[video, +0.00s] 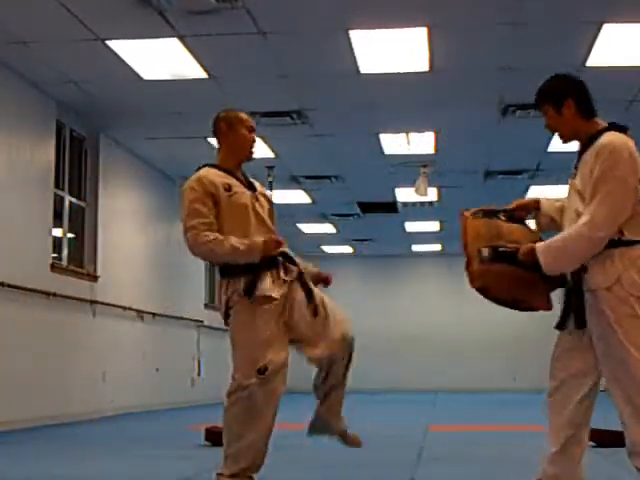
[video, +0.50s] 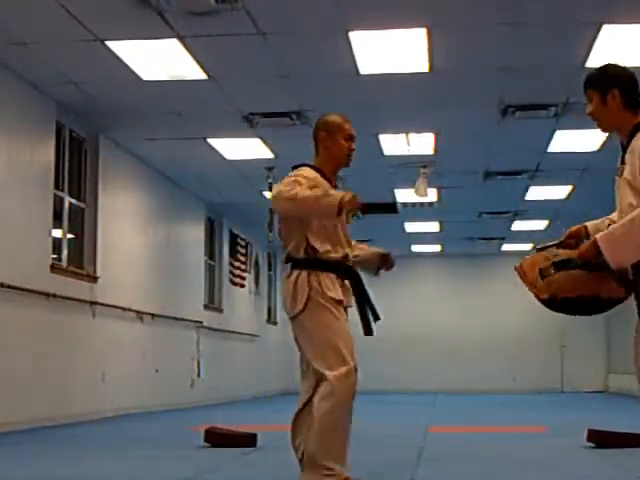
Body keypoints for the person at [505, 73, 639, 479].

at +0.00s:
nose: (549, 126)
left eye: (549, 116)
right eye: (546, 119)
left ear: (570, 107)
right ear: (572, 110)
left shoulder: (615, 149)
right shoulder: (591, 154)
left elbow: (601, 225)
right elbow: (585, 213)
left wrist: (541, 253)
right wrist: (540, 208)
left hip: (619, 280)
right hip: (588, 280)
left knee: (629, 384)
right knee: (569, 378)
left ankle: (638, 461)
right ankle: (561, 471)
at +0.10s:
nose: (563, 118)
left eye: (564, 108)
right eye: (560, 110)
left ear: (587, 101)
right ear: (589, 103)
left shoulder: (629, 142)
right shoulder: (604, 149)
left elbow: (622, 220)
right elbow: (600, 209)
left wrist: (561, 250)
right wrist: (561, 211)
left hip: (626, 289)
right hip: (600, 290)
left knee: (630, 392)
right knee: (586, 389)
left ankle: (635, 468)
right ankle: (607, 472)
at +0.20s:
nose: (574, 114)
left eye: (577, 104)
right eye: (572, 106)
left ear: (599, 98)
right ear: (601, 101)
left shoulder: (635, 141)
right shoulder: (612, 147)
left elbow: (635, 216)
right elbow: (610, 209)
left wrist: (580, 250)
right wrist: (572, 217)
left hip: (633, 286)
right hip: (613, 284)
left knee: (632, 380)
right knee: (605, 375)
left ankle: (635, 464)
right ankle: (624, 448)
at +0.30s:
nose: (582, 110)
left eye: (585, 100)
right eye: (581, 102)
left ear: (608, 97)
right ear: (608, 98)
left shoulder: (636, 144)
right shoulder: (617, 146)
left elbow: (639, 217)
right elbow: (618, 209)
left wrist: (595, 250)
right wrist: (579, 221)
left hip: (637, 279)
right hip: (625, 278)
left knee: (633, 361)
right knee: (627, 358)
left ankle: (636, 431)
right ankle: (632, 429)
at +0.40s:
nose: (588, 109)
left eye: (592, 100)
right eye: (587, 101)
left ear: (614, 97)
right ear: (612, 99)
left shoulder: (636, 146)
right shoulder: (625, 148)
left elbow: (639, 217)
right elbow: (624, 213)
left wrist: (604, 249)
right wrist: (586, 226)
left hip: (639, 281)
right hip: (634, 281)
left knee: (639, 368)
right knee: (637, 368)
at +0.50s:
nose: (588, 111)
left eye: (592, 101)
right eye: (588, 103)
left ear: (614, 98)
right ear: (613, 100)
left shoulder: (638, 146)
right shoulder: (630, 149)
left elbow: (639, 218)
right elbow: (629, 213)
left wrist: (600, 245)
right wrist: (588, 230)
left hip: (639, 276)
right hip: (636, 278)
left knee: (638, 359)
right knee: (638, 359)